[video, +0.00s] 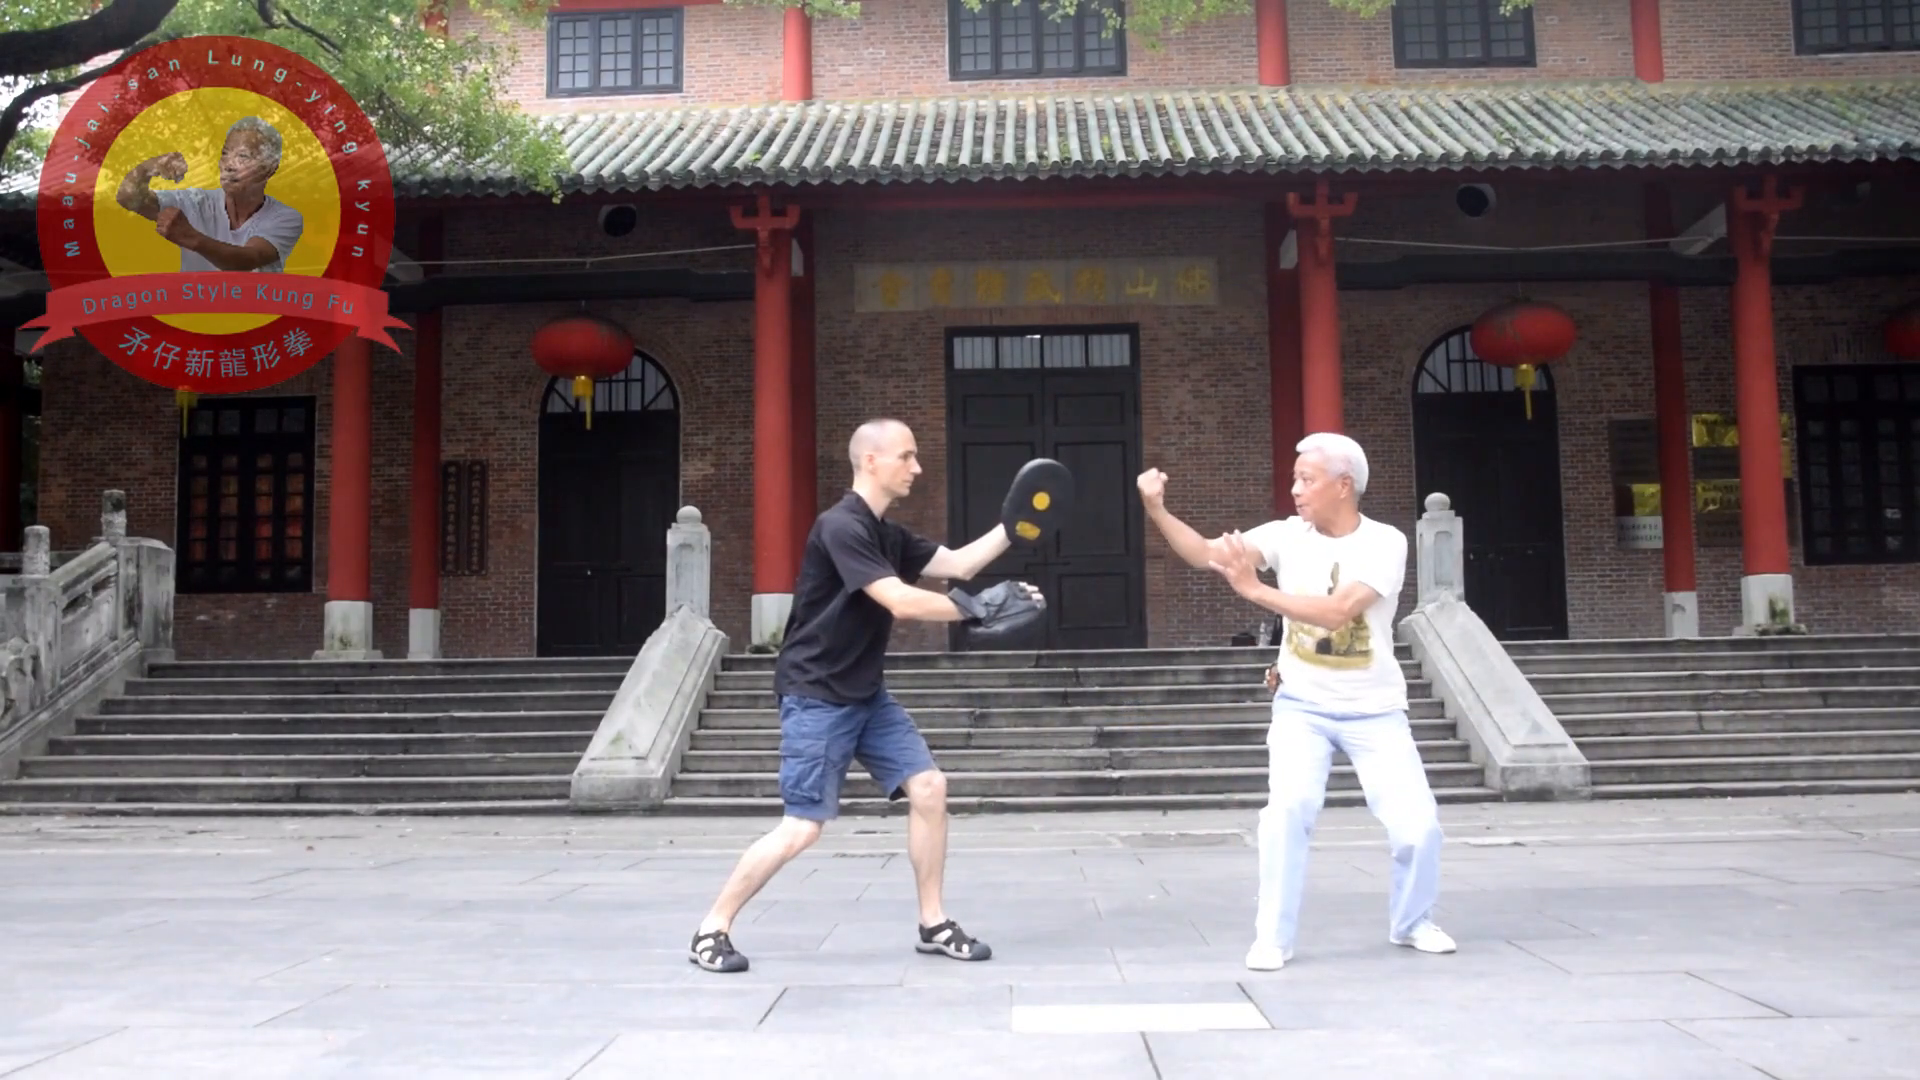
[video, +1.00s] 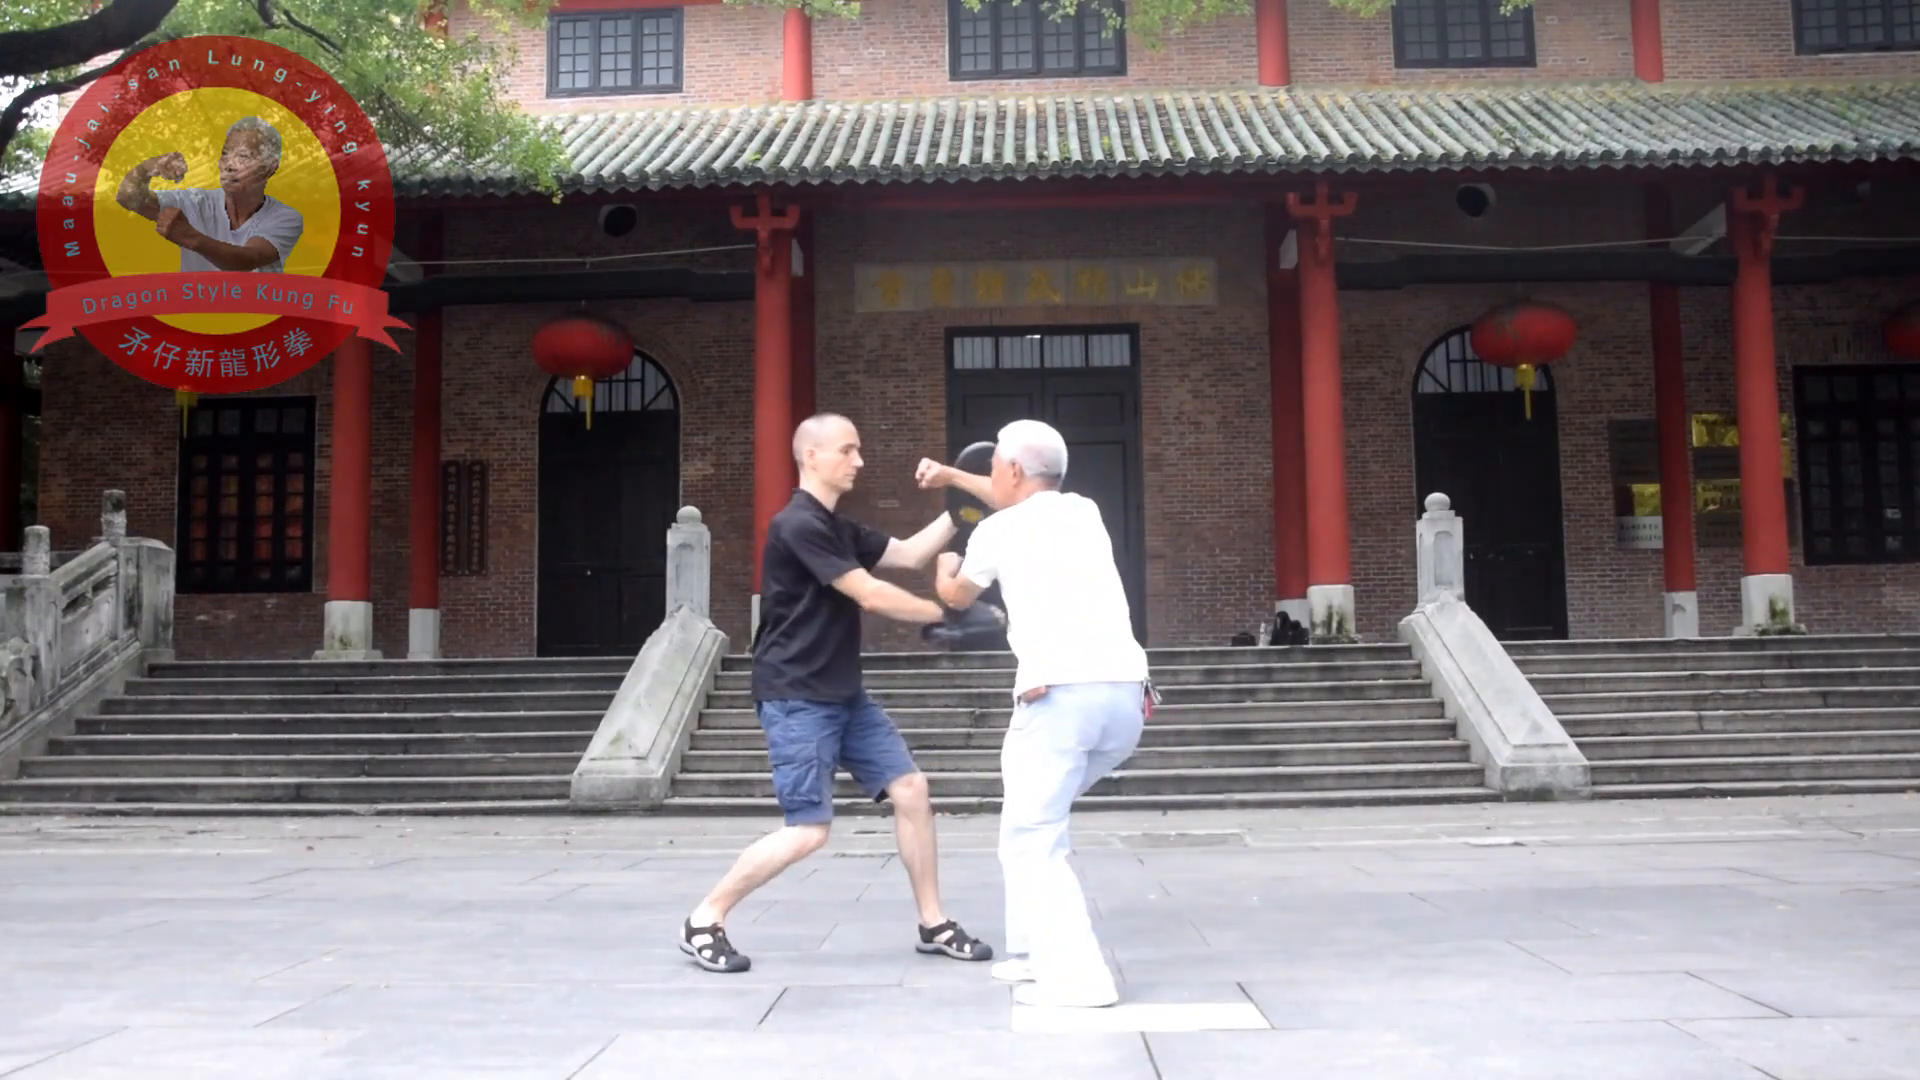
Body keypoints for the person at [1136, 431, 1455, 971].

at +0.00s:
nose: (1295, 491)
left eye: (1305, 480)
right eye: (1294, 480)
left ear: (1344, 485)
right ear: (1326, 485)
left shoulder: (1386, 543)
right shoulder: (1287, 535)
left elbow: (1338, 612)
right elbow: (1210, 554)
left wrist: (1252, 590)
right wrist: (1157, 510)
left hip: (1376, 709)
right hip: (1300, 706)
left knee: (1419, 828)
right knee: (1290, 808)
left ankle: (1413, 922)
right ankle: (1272, 939)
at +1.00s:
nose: (990, 472)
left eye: (995, 463)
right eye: (993, 463)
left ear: (1014, 471)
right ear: (1053, 473)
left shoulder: (1000, 526)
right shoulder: (1085, 511)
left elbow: (957, 596)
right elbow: (1012, 499)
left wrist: (946, 570)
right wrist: (950, 476)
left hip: (1057, 698)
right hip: (1127, 698)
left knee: (1031, 839)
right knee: (1035, 823)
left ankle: (1079, 978)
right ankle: (1032, 950)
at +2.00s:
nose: (905, 478)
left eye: (910, 469)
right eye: (909, 468)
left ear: (929, 476)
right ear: (963, 482)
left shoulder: (902, 530)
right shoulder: (1003, 526)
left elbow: (874, 605)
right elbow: (947, 535)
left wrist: (901, 539)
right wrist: (880, 524)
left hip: (951, 716)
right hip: (1011, 712)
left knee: (977, 863)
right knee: (901, 800)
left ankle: (1073, 967)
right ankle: (894, 940)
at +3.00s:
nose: (757, 488)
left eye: (767, 479)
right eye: (759, 478)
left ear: (802, 490)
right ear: (790, 489)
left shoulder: (837, 546)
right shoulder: (763, 542)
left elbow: (789, 614)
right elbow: (692, 554)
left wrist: (711, 599)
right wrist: (643, 505)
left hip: (833, 711)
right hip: (770, 706)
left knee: (851, 830)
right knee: (730, 813)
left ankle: (876, 923)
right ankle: (704, 931)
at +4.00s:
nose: (742, 532)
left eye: (755, 524)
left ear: (778, 534)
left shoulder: (789, 596)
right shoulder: (735, 580)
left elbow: (745, 665)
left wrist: (672, 697)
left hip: (788, 728)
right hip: (731, 724)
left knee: (833, 819)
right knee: (657, 798)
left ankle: (866, 918)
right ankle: (641, 921)